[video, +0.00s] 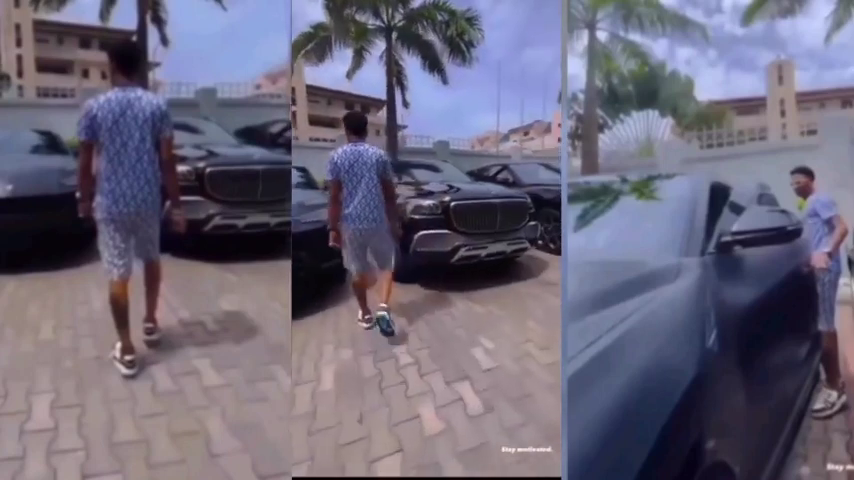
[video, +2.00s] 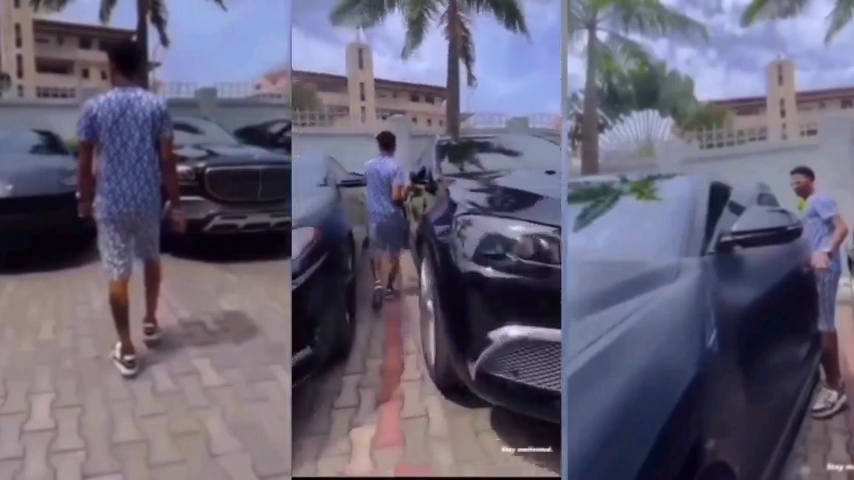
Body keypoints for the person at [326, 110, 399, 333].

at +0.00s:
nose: (352, 134)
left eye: (347, 129)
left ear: (345, 130)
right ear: (366, 130)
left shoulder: (336, 157)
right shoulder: (378, 155)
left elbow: (334, 196)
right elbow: (389, 193)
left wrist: (333, 228)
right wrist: (394, 222)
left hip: (351, 223)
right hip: (378, 222)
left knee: (357, 271)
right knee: (387, 265)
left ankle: (365, 313)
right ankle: (384, 305)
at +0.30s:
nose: (336, 137)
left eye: (328, 133)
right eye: (340, 133)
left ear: (321, 133)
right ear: (342, 133)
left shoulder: (309, 157)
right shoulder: (352, 158)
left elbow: (299, 193)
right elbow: (360, 195)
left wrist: (301, 222)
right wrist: (368, 223)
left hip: (320, 224)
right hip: (348, 223)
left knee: (330, 277)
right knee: (354, 262)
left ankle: (339, 331)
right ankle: (355, 296)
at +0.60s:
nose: (323, 138)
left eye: (315, 133)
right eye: (327, 135)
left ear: (308, 134)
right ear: (329, 135)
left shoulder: (296, 159)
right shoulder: (336, 161)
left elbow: (295, 189)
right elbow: (344, 196)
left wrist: (297, 218)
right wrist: (351, 225)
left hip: (305, 221)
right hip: (332, 220)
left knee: (304, 266)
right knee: (335, 264)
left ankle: (310, 310)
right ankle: (331, 308)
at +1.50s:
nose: (334, 139)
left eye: (329, 136)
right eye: (337, 136)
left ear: (322, 137)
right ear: (340, 137)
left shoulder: (312, 161)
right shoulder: (349, 159)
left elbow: (311, 192)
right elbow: (357, 189)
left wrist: (318, 205)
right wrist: (360, 207)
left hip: (325, 214)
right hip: (349, 213)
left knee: (334, 260)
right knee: (357, 252)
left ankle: (342, 305)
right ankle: (357, 290)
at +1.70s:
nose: (354, 145)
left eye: (349, 142)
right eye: (357, 142)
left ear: (344, 143)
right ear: (362, 143)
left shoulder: (333, 165)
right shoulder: (368, 165)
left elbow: (333, 193)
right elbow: (373, 193)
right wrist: (382, 187)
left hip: (344, 217)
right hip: (366, 216)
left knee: (351, 260)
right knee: (369, 256)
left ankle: (357, 307)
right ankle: (367, 283)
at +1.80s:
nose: (367, 148)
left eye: (362, 144)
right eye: (370, 145)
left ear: (356, 145)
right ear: (373, 146)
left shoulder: (346, 167)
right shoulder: (377, 168)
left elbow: (345, 190)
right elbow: (381, 196)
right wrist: (390, 187)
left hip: (354, 215)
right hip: (374, 215)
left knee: (359, 258)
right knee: (376, 253)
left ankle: (364, 304)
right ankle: (373, 284)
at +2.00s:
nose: (392, 148)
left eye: (386, 145)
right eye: (393, 145)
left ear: (378, 146)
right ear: (394, 146)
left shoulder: (369, 165)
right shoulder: (395, 167)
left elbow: (368, 186)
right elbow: (396, 196)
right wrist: (406, 191)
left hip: (374, 213)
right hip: (392, 214)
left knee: (375, 250)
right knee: (394, 253)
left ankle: (377, 283)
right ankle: (390, 286)